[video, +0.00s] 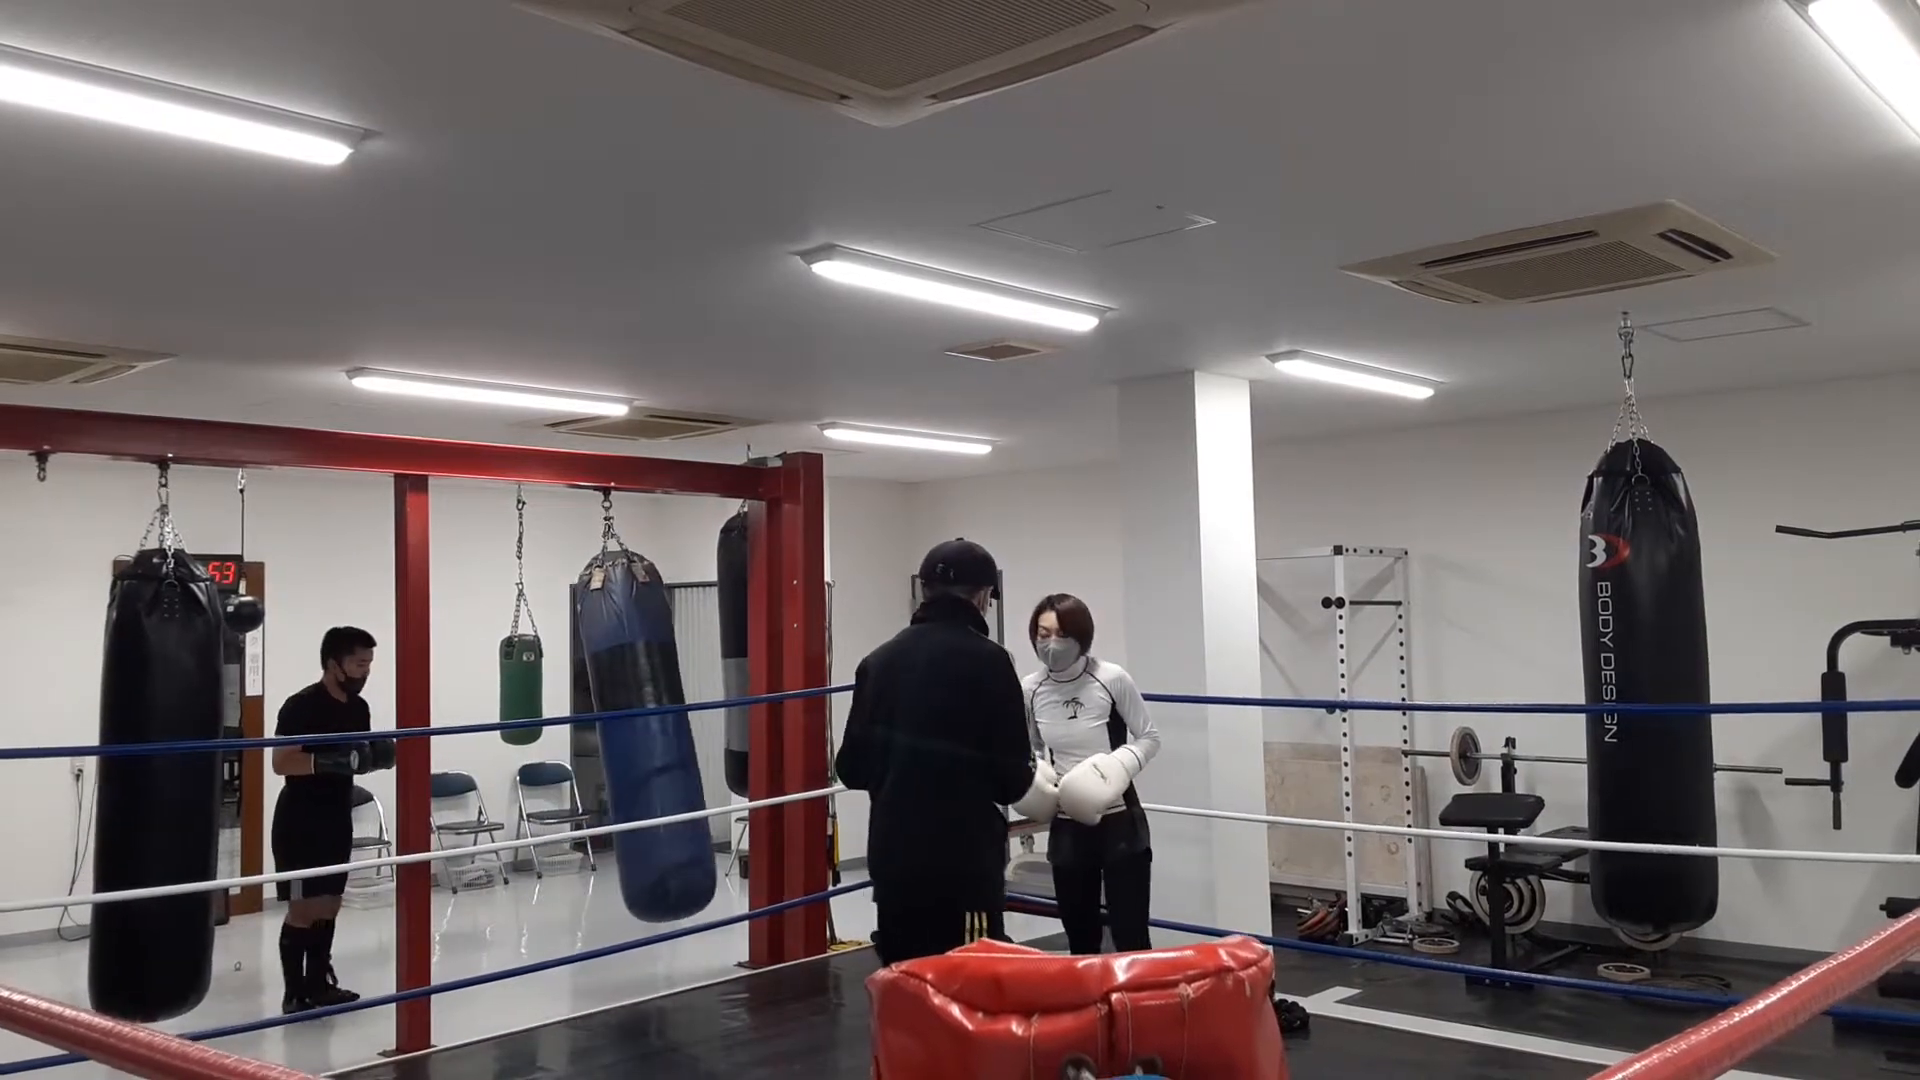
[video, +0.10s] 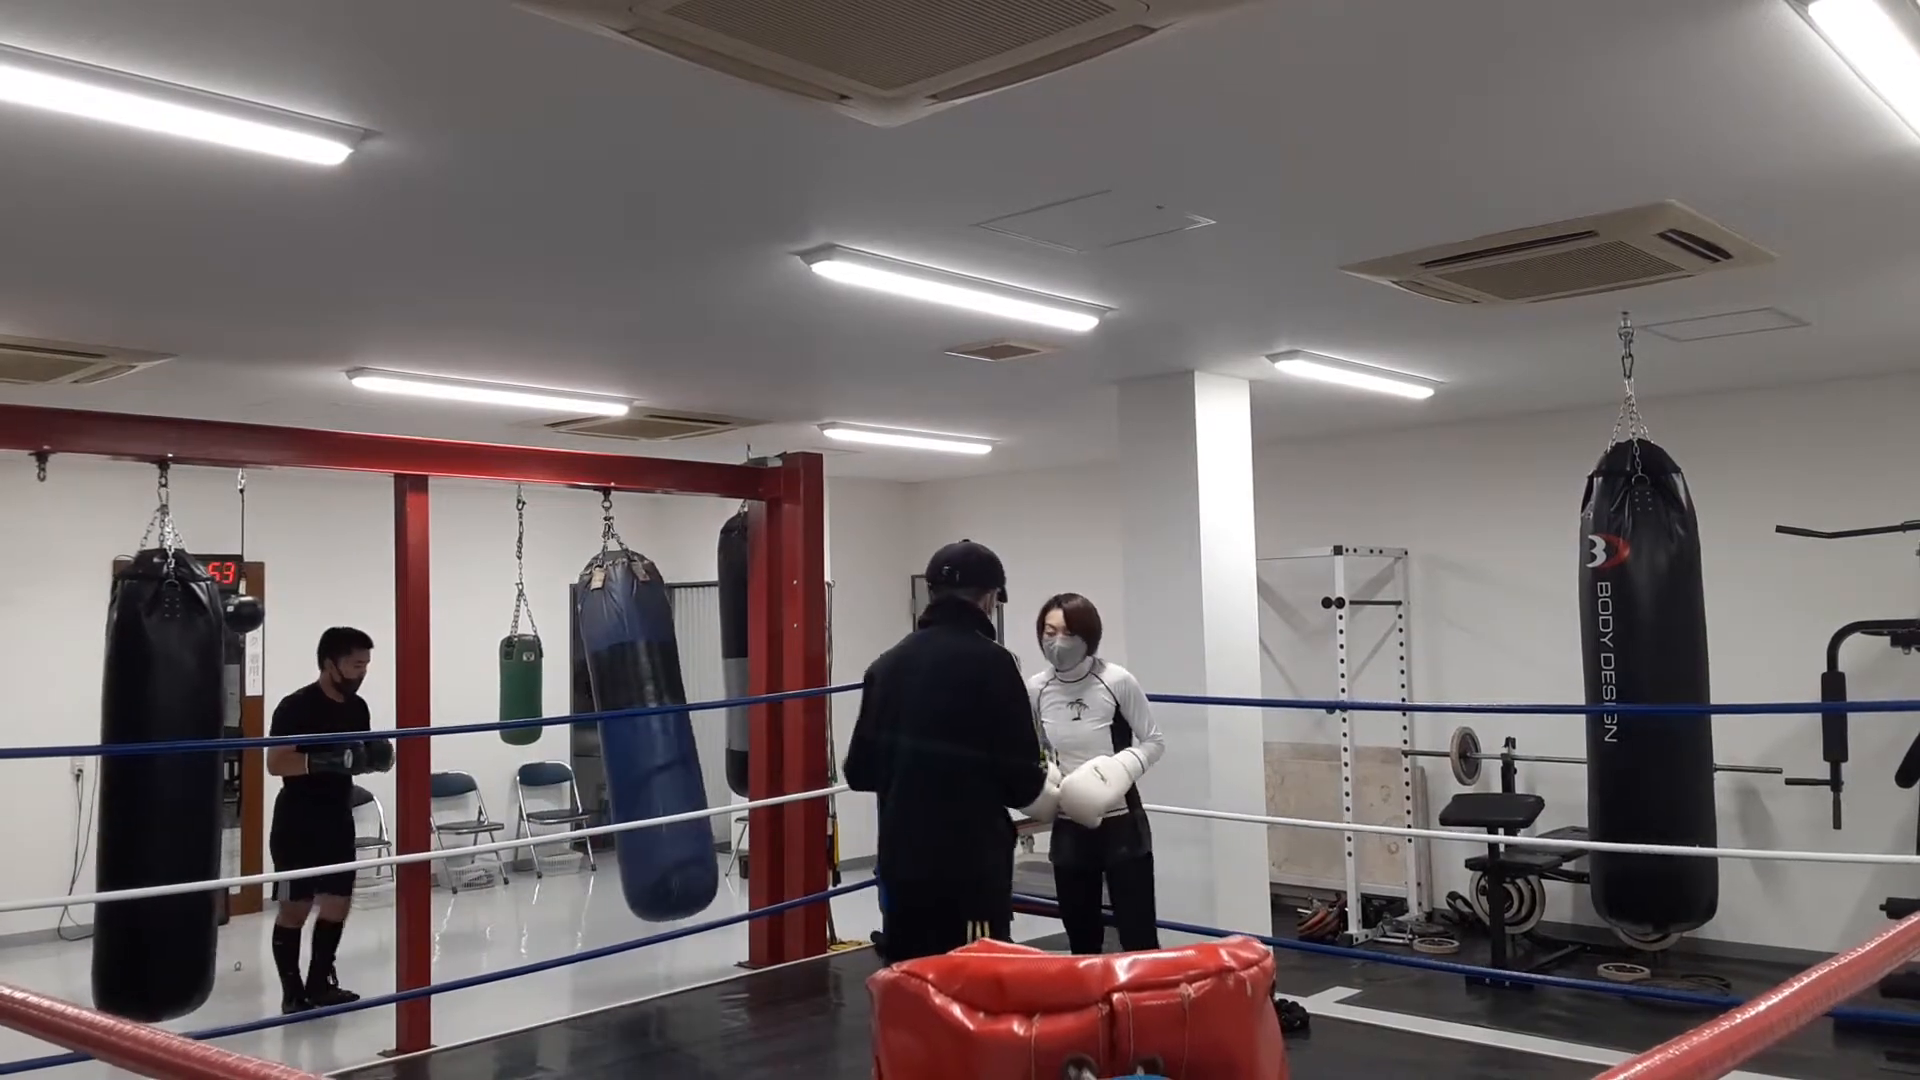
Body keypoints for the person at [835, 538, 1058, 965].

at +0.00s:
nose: (988, 607)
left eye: (989, 598)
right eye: (989, 598)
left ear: (925, 591)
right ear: (980, 597)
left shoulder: (878, 661)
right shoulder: (991, 660)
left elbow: (852, 767)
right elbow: (1012, 781)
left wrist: (906, 769)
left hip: (896, 854)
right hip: (969, 854)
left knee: (908, 986)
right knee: (972, 988)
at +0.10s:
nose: (994, 608)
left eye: (995, 599)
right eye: (995, 599)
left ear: (934, 593)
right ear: (985, 598)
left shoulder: (887, 665)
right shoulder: (995, 663)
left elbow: (860, 770)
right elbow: (1022, 786)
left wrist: (922, 770)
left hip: (903, 861)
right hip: (976, 863)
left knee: (913, 998)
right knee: (977, 998)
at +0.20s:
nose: (1006, 614)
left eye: (1007, 604)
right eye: (1006, 603)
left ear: (944, 597)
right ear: (995, 602)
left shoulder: (903, 664)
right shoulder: (995, 664)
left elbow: (879, 780)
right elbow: (1035, 788)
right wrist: (1049, 762)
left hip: (915, 861)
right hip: (984, 863)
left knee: (924, 996)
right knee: (984, 994)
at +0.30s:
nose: (1012, 612)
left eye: (1014, 603)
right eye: (1014, 602)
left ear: (951, 594)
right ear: (1003, 600)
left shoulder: (909, 663)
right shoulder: (996, 660)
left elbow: (901, 772)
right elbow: (1045, 783)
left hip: (922, 865)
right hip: (987, 869)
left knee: (937, 1004)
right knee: (994, 1003)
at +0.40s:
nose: (1017, 613)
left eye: (1019, 603)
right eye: (1018, 602)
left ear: (956, 594)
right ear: (1007, 600)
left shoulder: (915, 662)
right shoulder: (998, 658)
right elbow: (1064, 776)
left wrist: (1043, 706)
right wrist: (1080, 729)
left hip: (925, 868)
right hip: (990, 873)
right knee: (996, 1005)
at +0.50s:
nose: (1022, 613)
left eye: (1024, 602)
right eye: (1022, 601)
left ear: (961, 593)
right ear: (1009, 599)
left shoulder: (918, 661)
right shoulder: (1001, 659)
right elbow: (1078, 767)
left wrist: (1055, 695)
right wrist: (1091, 690)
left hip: (929, 874)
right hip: (995, 879)